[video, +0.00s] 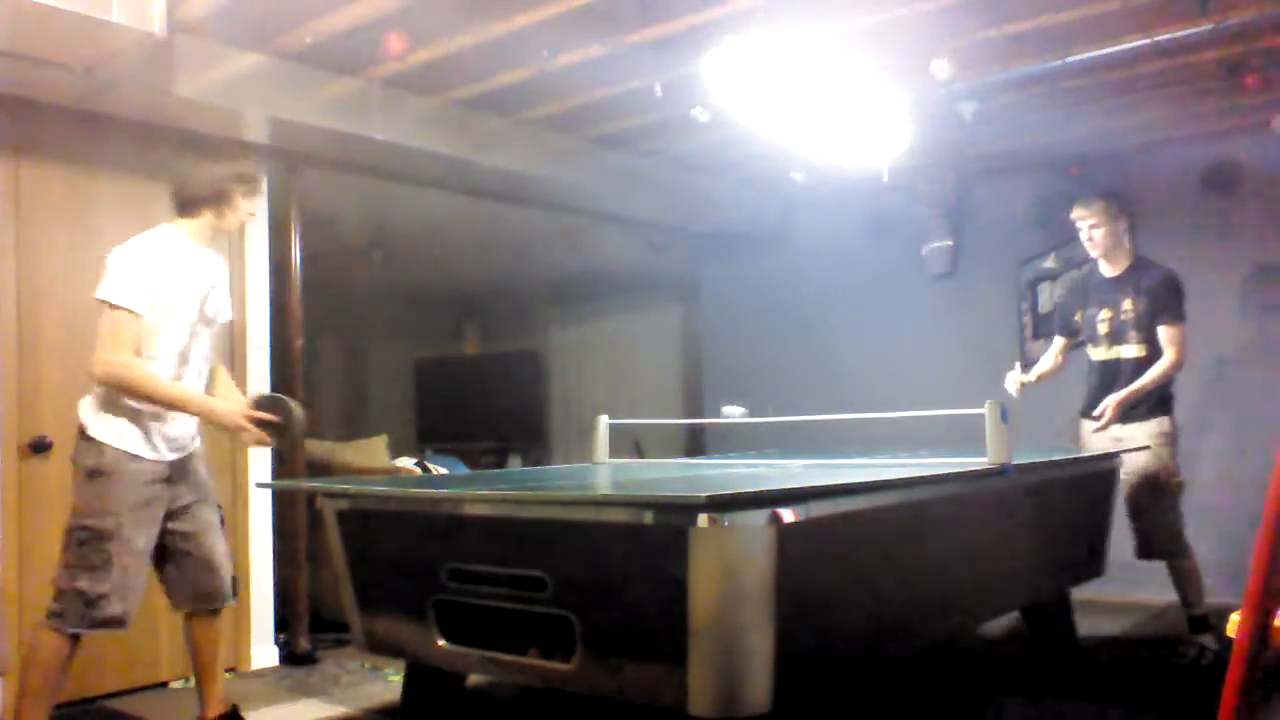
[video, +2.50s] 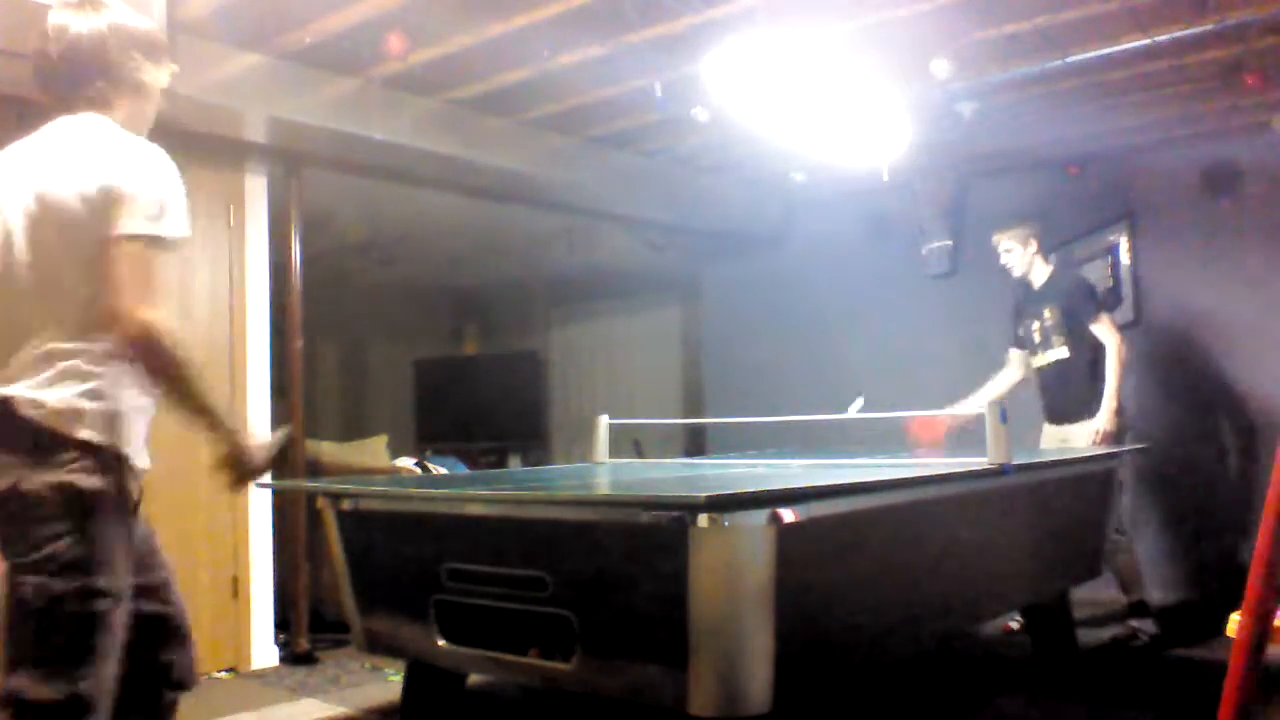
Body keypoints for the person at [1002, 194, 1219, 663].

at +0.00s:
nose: (1087, 237)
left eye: (1095, 227)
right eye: (1082, 231)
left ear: (1123, 225)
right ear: (1079, 237)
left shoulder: (1158, 282)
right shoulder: (1078, 288)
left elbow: (1173, 355)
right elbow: (1057, 353)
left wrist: (1120, 398)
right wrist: (1030, 375)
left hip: (1147, 426)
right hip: (1093, 428)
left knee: (1163, 532)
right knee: (1071, 530)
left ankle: (1199, 627)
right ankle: (1043, 621)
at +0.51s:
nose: (989, 244)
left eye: (997, 235)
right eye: (984, 238)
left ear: (1019, 234)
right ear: (981, 241)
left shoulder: (1051, 281)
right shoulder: (991, 296)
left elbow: (1082, 347)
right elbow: (996, 354)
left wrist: (1051, 407)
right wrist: (968, 393)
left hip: (1063, 420)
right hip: (1018, 424)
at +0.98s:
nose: (994, 257)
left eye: (997, 246)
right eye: (989, 250)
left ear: (1021, 238)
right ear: (999, 249)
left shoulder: (1054, 275)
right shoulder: (1012, 291)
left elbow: (1084, 341)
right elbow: (1026, 360)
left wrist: (1055, 403)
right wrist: (1011, 397)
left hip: (1068, 414)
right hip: (1030, 419)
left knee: (1076, 512)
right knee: (1033, 515)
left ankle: (1128, 600)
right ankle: (1039, 611)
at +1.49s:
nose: (1057, 249)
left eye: (1061, 238)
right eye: (1053, 242)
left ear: (1087, 230)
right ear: (1065, 241)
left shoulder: (1108, 274)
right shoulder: (1090, 279)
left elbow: (1112, 348)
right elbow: (1066, 333)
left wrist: (1083, 410)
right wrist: (1012, 331)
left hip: (1135, 413)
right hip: (1115, 413)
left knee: (1124, 521)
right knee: (1119, 520)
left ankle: (1151, 618)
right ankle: (1167, 593)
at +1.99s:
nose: (1052, 246)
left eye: (1058, 237)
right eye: (1047, 240)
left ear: (1080, 237)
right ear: (1048, 246)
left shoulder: (1108, 283)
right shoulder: (1067, 289)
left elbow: (1133, 356)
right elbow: (1076, 345)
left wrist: (1130, 420)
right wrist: (1052, 374)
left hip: (1129, 416)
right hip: (1094, 419)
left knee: (1125, 514)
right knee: (1098, 511)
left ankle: (1143, 612)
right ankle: (1136, 606)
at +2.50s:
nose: (1004, 262)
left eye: (1009, 252)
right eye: (1001, 255)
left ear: (1033, 246)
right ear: (1009, 256)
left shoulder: (1070, 286)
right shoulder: (1024, 302)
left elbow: (1115, 342)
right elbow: (1016, 368)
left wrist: (1109, 411)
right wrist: (966, 407)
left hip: (1094, 426)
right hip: (1054, 431)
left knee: (1107, 527)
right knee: (1046, 526)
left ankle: (1141, 614)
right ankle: (1038, 613)